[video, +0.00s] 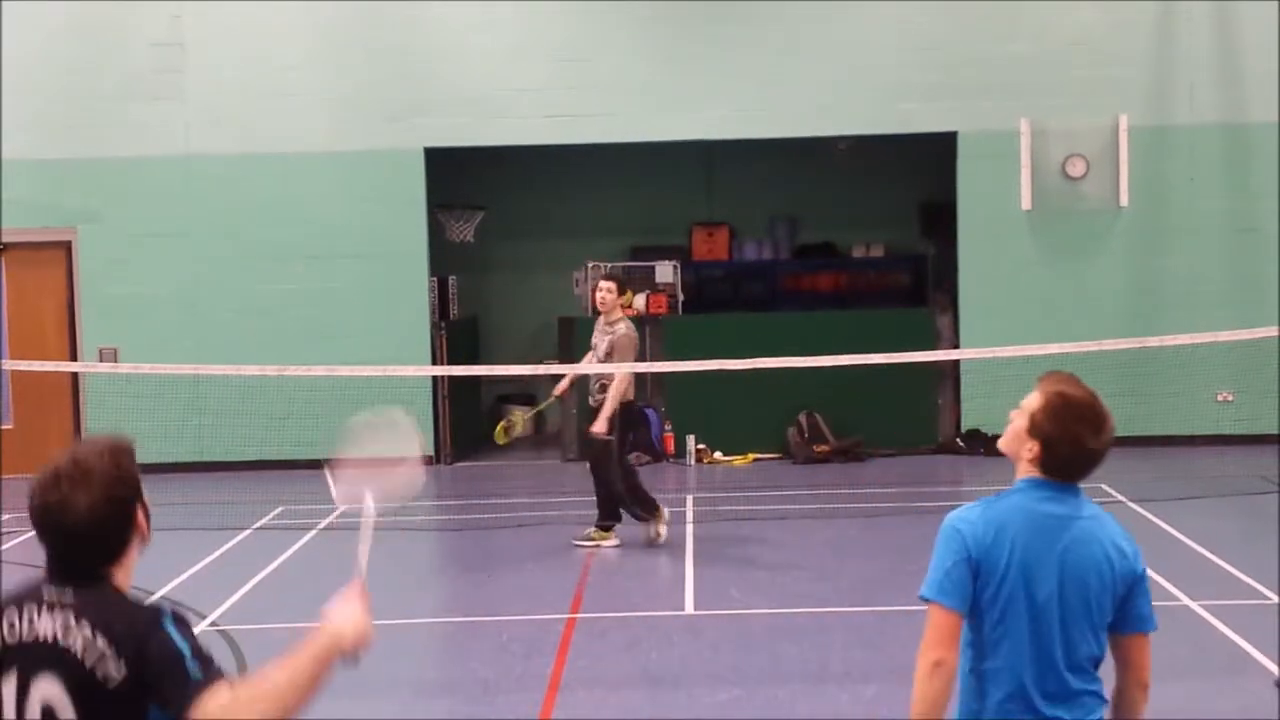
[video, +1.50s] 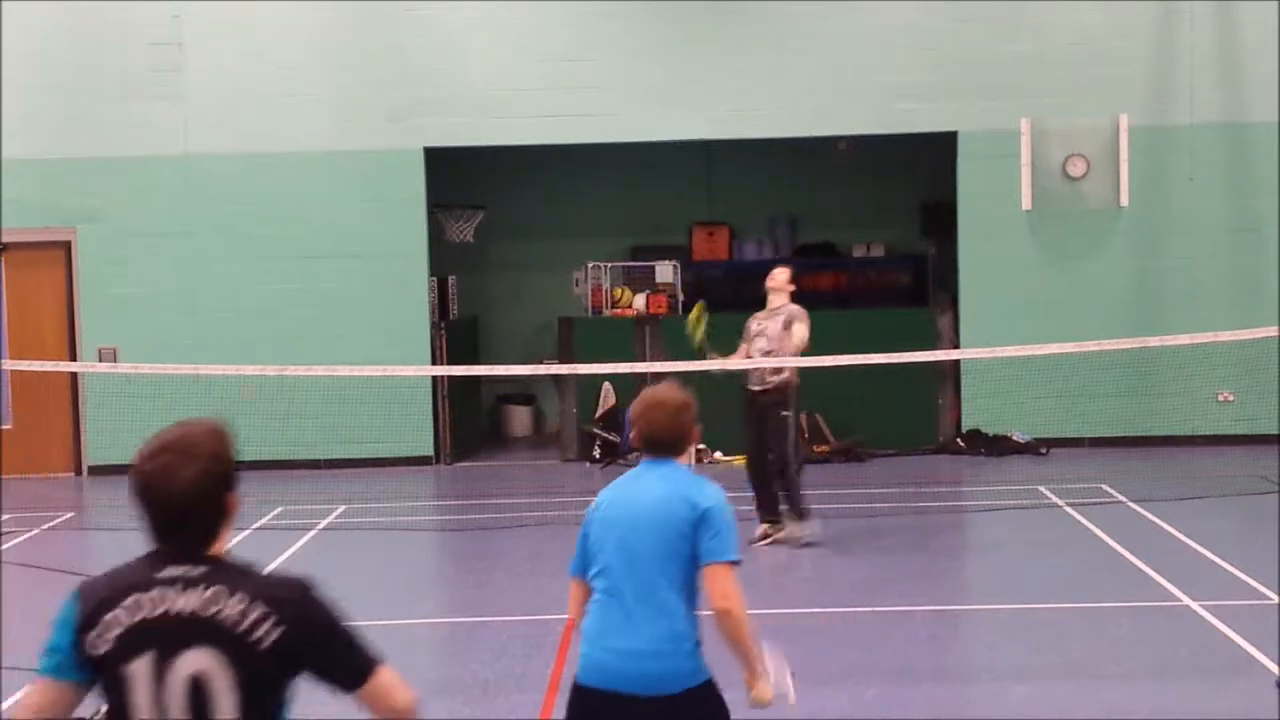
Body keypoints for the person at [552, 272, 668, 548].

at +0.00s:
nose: (601, 296)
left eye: (608, 292)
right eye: (599, 290)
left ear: (621, 298)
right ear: (595, 294)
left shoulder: (624, 333)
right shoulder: (601, 324)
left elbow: (622, 379)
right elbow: (593, 356)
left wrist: (604, 417)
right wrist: (569, 379)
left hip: (617, 405)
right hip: (600, 403)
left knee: (608, 464)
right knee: (602, 463)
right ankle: (605, 527)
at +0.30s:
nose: (614, 293)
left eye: (621, 288)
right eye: (611, 288)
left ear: (632, 295)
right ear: (606, 294)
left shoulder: (643, 329)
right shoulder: (607, 324)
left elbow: (642, 376)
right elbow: (601, 362)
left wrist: (621, 411)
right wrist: (572, 383)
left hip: (640, 406)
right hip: (611, 405)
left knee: (649, 468)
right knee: (604, 469)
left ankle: (666, 521)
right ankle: (606, 531)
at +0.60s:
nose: (616, 301)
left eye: (622, 296)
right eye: (612, 297)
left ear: (634, 303)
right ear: (606, 303)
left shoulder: (650, 335)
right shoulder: (598, 336)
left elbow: (649, 380)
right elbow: (582, 375)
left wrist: (620, 410)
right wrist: (552, 404)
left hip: (649, 415)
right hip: (613, 417)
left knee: (670, 473)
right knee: (610, 477)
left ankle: (681, 523)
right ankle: (605, 541)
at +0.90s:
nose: (651, 314)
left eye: (656, 309)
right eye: (646, 310)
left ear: (668, 315)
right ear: (638, 316)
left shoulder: (685, 349)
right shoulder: (628, 350)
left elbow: (697, 394)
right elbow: (613, 388)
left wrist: (684, 427)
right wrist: (589, 422)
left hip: (678, 430)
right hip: (640, 430)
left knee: (710, 480)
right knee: (624, 482)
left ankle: (731, 535)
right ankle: (606, 542)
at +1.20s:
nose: (721, 301)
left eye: (728, 297)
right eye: (718, 297)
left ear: (739, 309)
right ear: (712, 307)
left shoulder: (751, 342)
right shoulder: (699, 339)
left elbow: (760, 381)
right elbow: (690, 373)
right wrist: (674, 376)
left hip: (742, 411)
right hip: (706, 408)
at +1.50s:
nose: (771, 277)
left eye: (778, 274)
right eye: (771, 273)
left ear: (790, 286)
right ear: (767, 283)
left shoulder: (796, 313)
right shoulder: (755, 320)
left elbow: (798, 341)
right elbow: (742, 357)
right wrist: (718, 362)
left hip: (781, 388)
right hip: (756, 391)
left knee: (783, 454)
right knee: (757, 457)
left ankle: (796, 518)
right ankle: (769, 520)